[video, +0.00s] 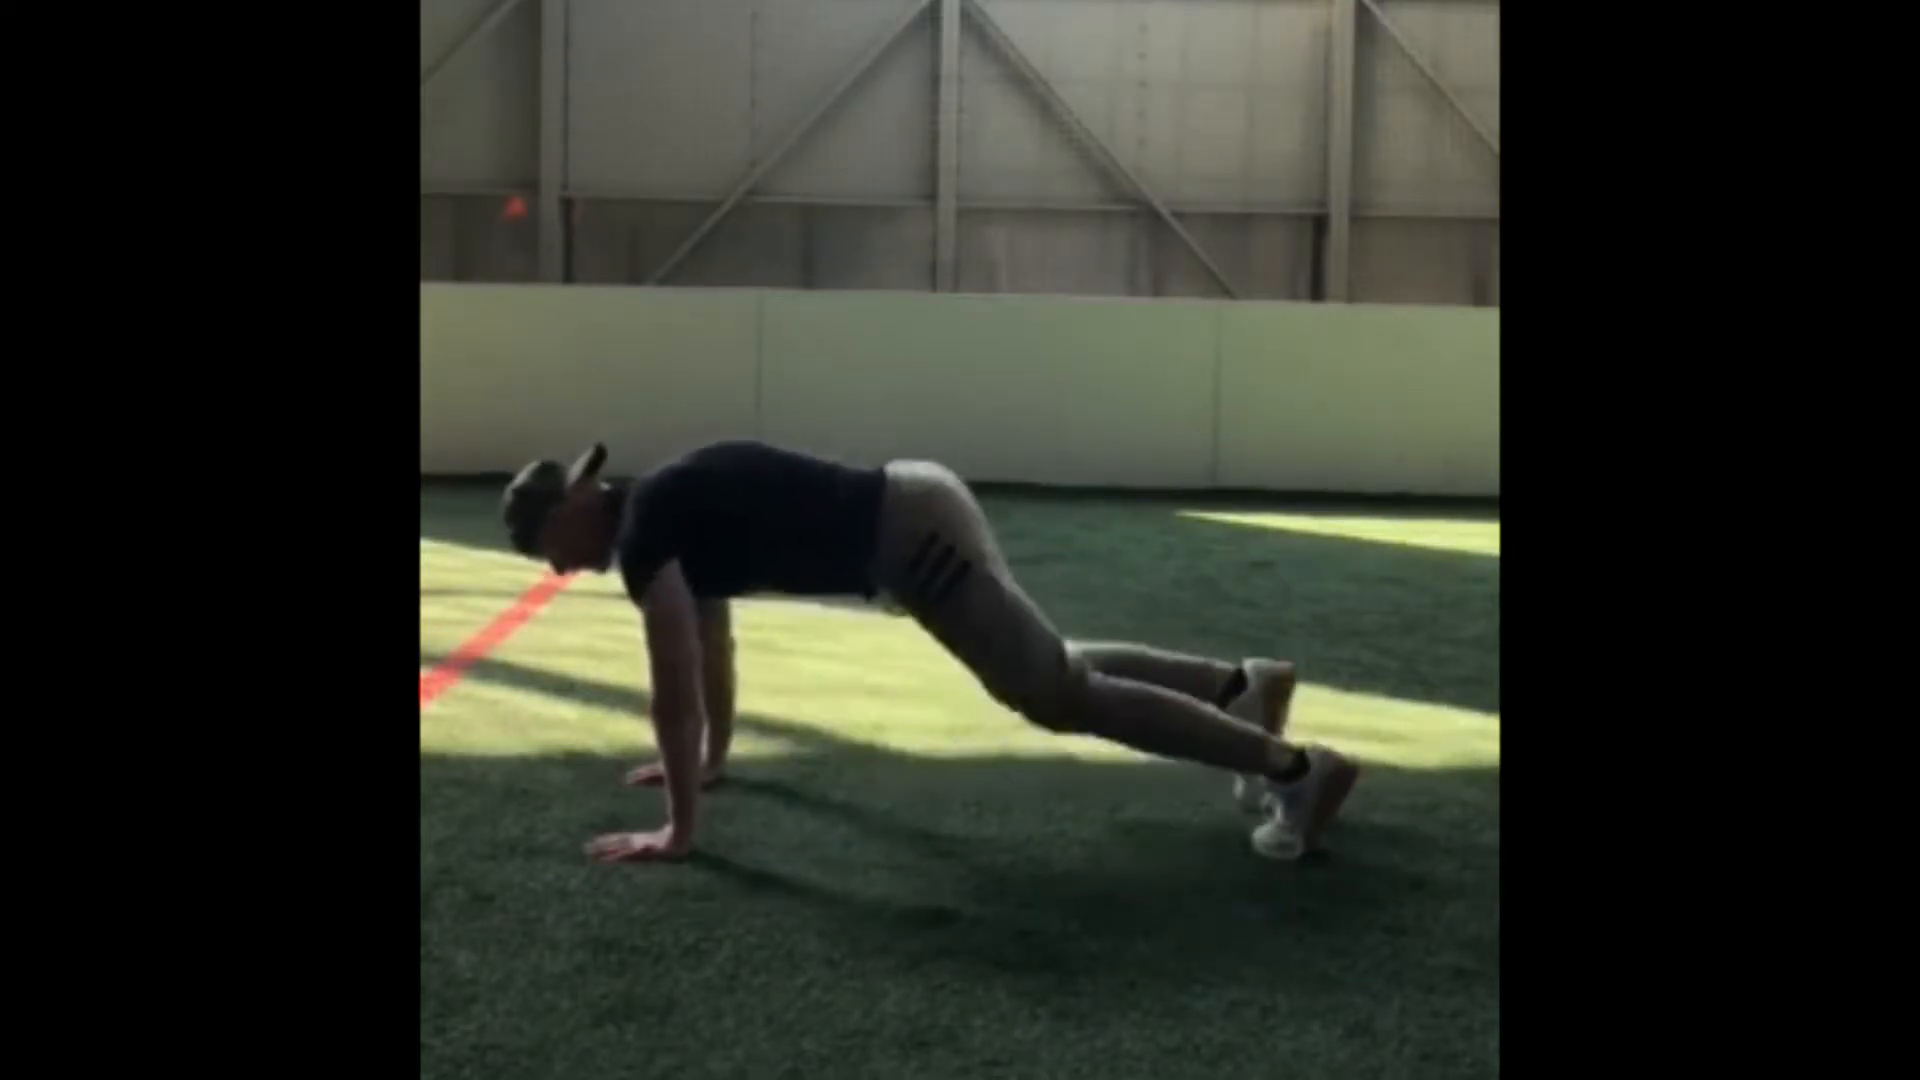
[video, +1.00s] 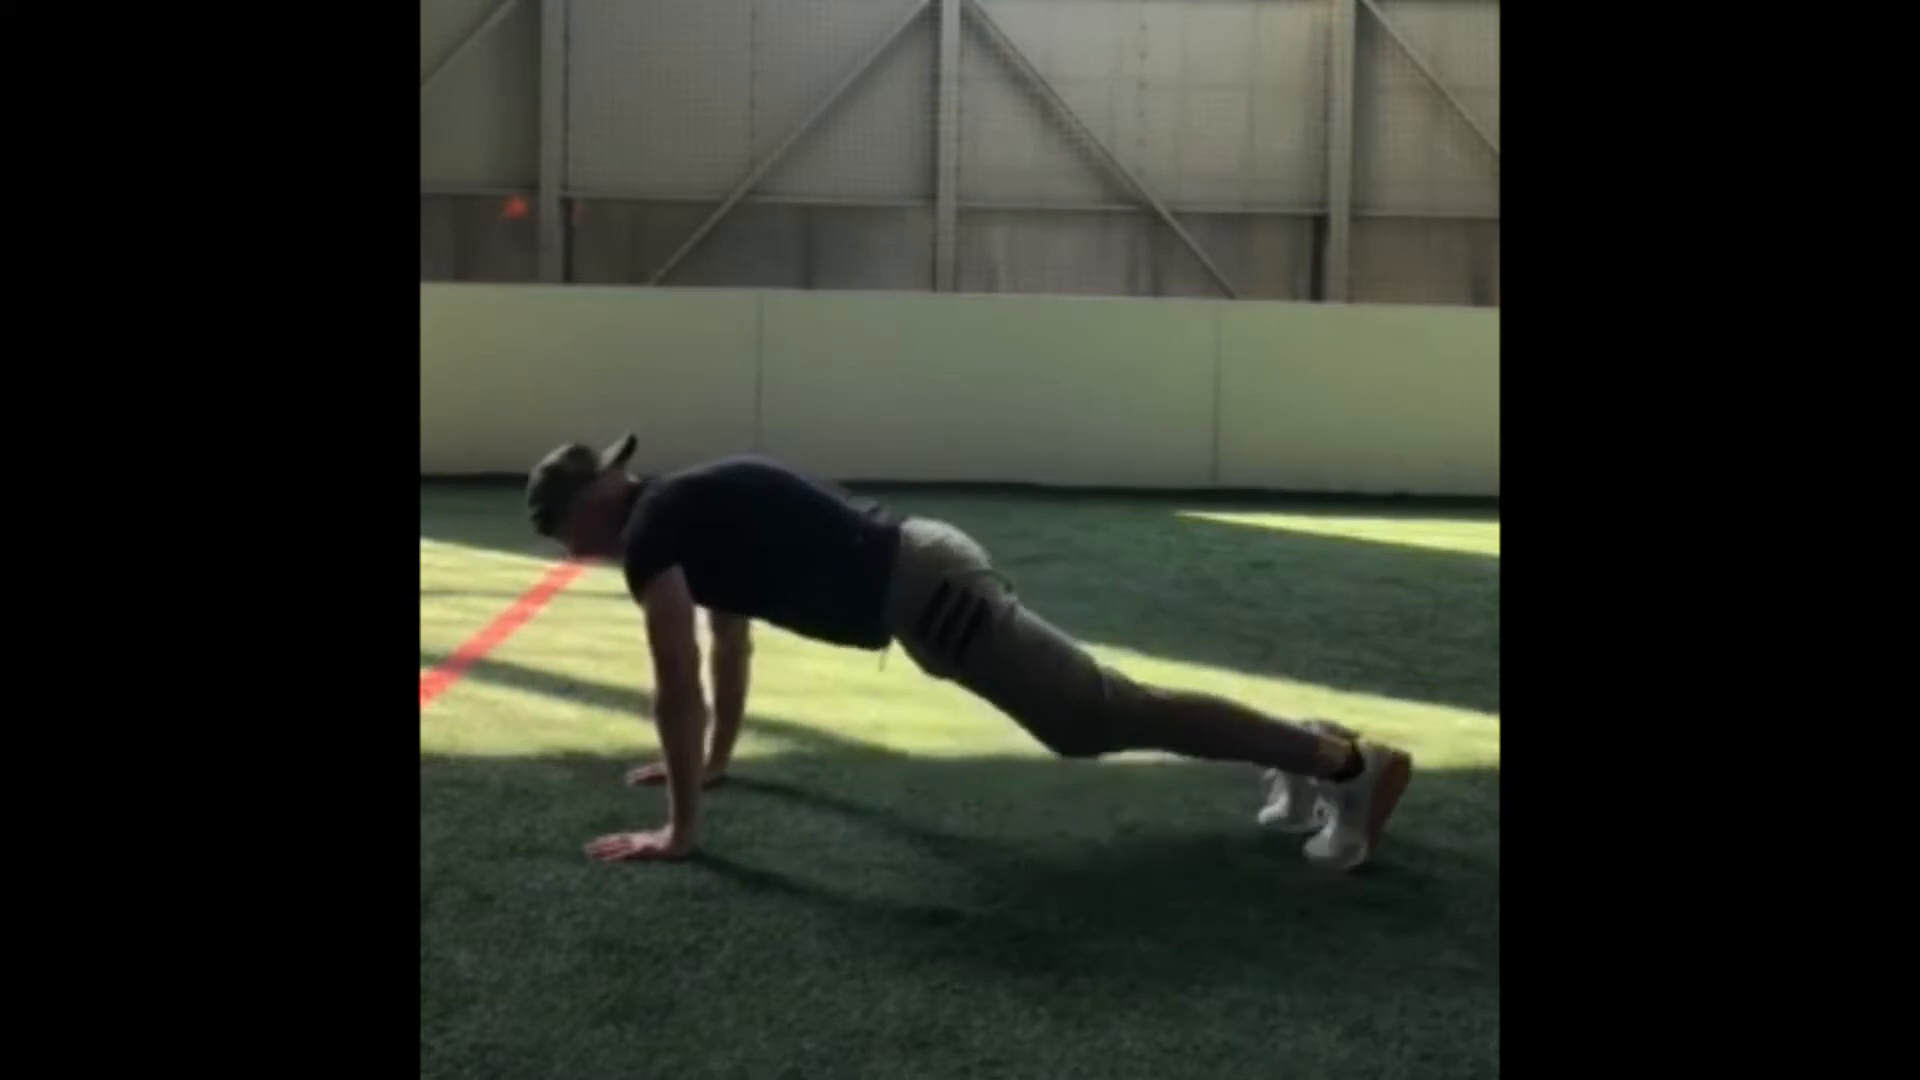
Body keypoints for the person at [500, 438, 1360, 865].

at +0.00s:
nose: (567, 571)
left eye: (559, 556)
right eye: (555, 561)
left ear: (580, 511)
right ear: (590, 498)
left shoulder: (648, 538)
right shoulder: (672, 504)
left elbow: (674, 694)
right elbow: (714, 654)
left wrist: (677, 832)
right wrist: (707, 756)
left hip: (919, 536)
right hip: (922, 504)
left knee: (1060, 700)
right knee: (1050, 674)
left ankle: (1297, 771)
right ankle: (1238, 688)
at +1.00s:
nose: (582, 559)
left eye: (574, 542)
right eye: (572, 547)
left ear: (596, 506)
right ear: (617, 485)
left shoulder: (652, 536)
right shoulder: (702, 509)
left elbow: (678, 687)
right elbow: (731, 667)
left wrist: (677, 826)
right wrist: (710, 765)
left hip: (927, 591)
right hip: (928, 560)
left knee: (1100, 718)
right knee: (1096, 703)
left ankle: (1348, 769)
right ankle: (1307, 750)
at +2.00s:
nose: (582, 562)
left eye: (573, 545)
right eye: (570, 551)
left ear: (597, 504)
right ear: (613, 487)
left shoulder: (660, 535)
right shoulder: (699, 506)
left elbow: (680, 689)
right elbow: (728, 664)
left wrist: (678, 832)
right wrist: (708, 766)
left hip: (921, 592)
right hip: (947, 552)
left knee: (1022, 789)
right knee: (1111, 678)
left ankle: (1260, 771)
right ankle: (1320, 740)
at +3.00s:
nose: (572, 565)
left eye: (564, 549)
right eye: (561, 553)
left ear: (583, 513)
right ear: (600, 491)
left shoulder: (642, 535)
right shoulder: (682, 499)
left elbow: (671, 693)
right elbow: (713, 652)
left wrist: (677, 829)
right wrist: (708, 756)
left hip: (914, 534)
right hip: (907, 502)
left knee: (1108, 675)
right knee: (853, 649)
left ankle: (1334, 777)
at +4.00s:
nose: (575, 559)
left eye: (566, 542)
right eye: (564, 550)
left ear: (589, 505)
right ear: (602, 498)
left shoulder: (653, 520)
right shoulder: (680, 505)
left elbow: (672, 682)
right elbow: (708, 659)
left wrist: (675, 828)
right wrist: (698, 781)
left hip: (883, 545)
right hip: (930, 546)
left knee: (685, 619)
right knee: (1072, 701)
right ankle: (1295, 742)